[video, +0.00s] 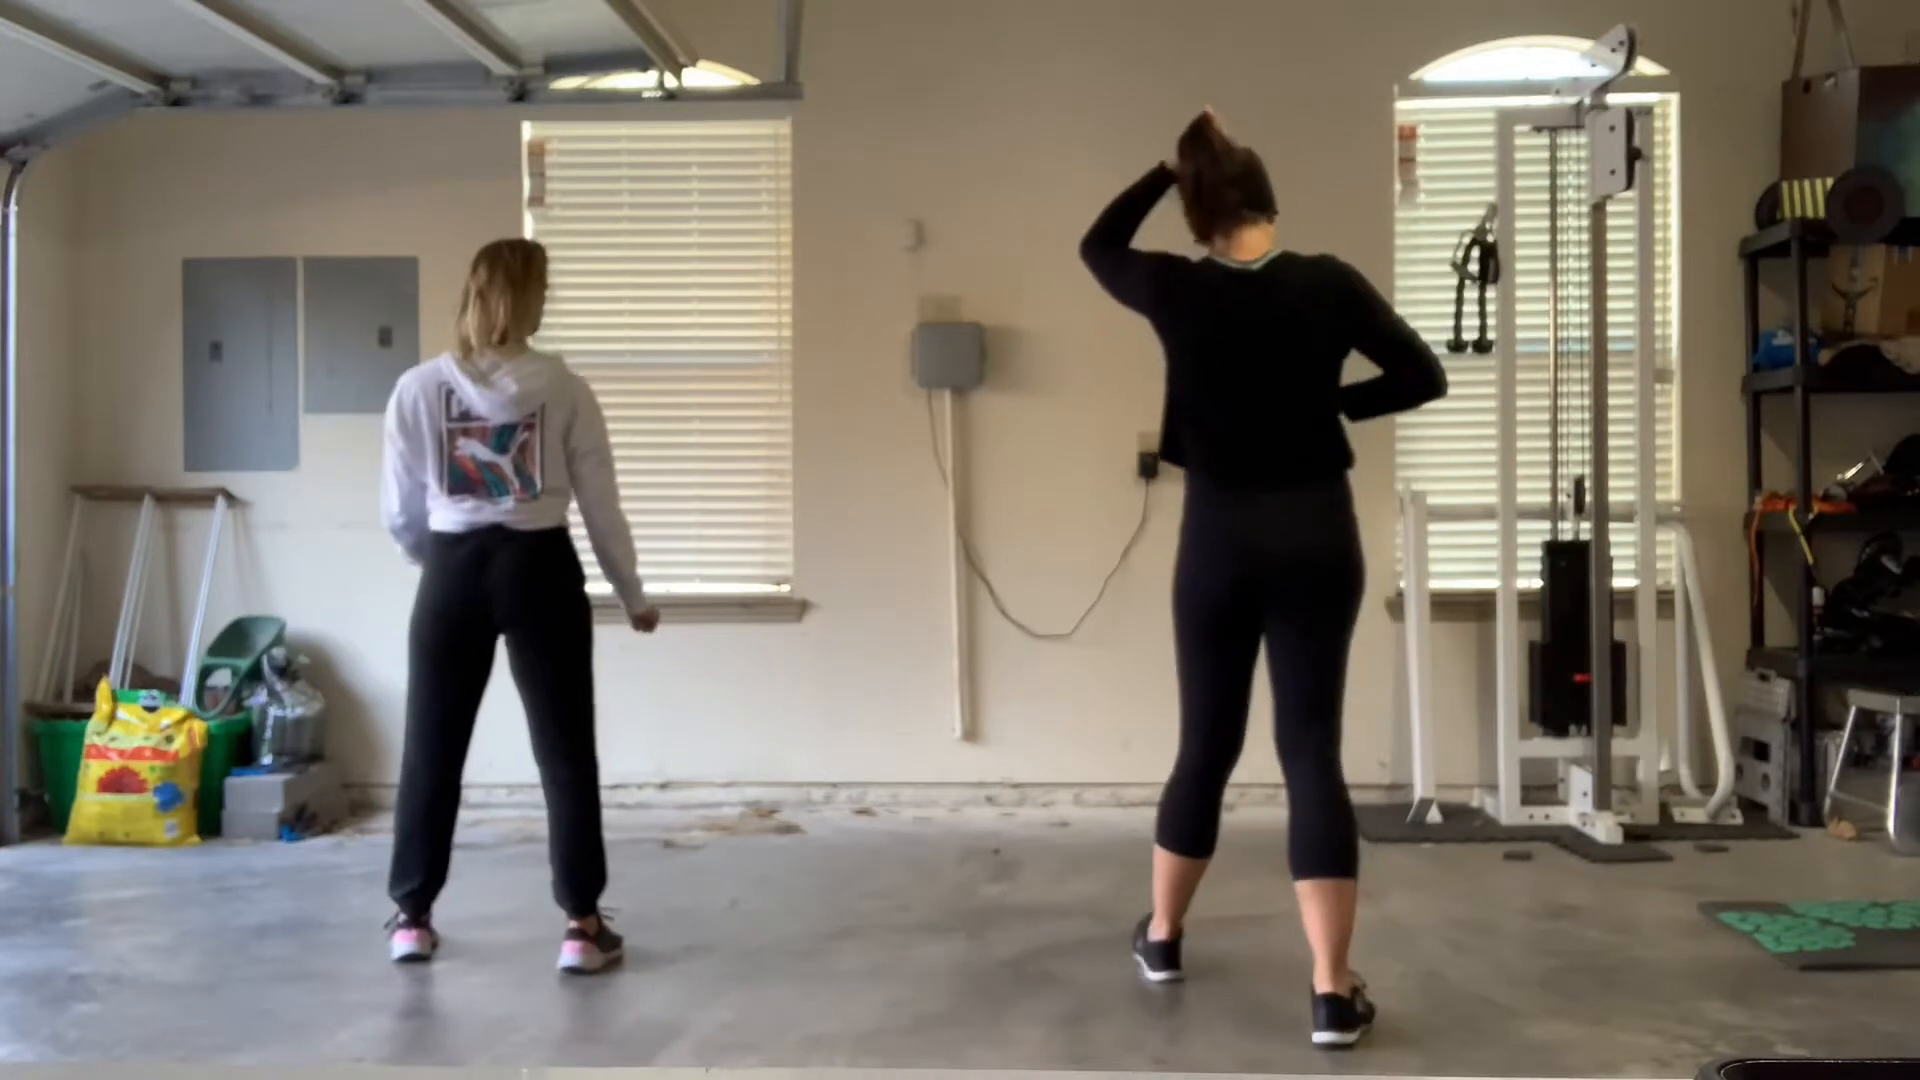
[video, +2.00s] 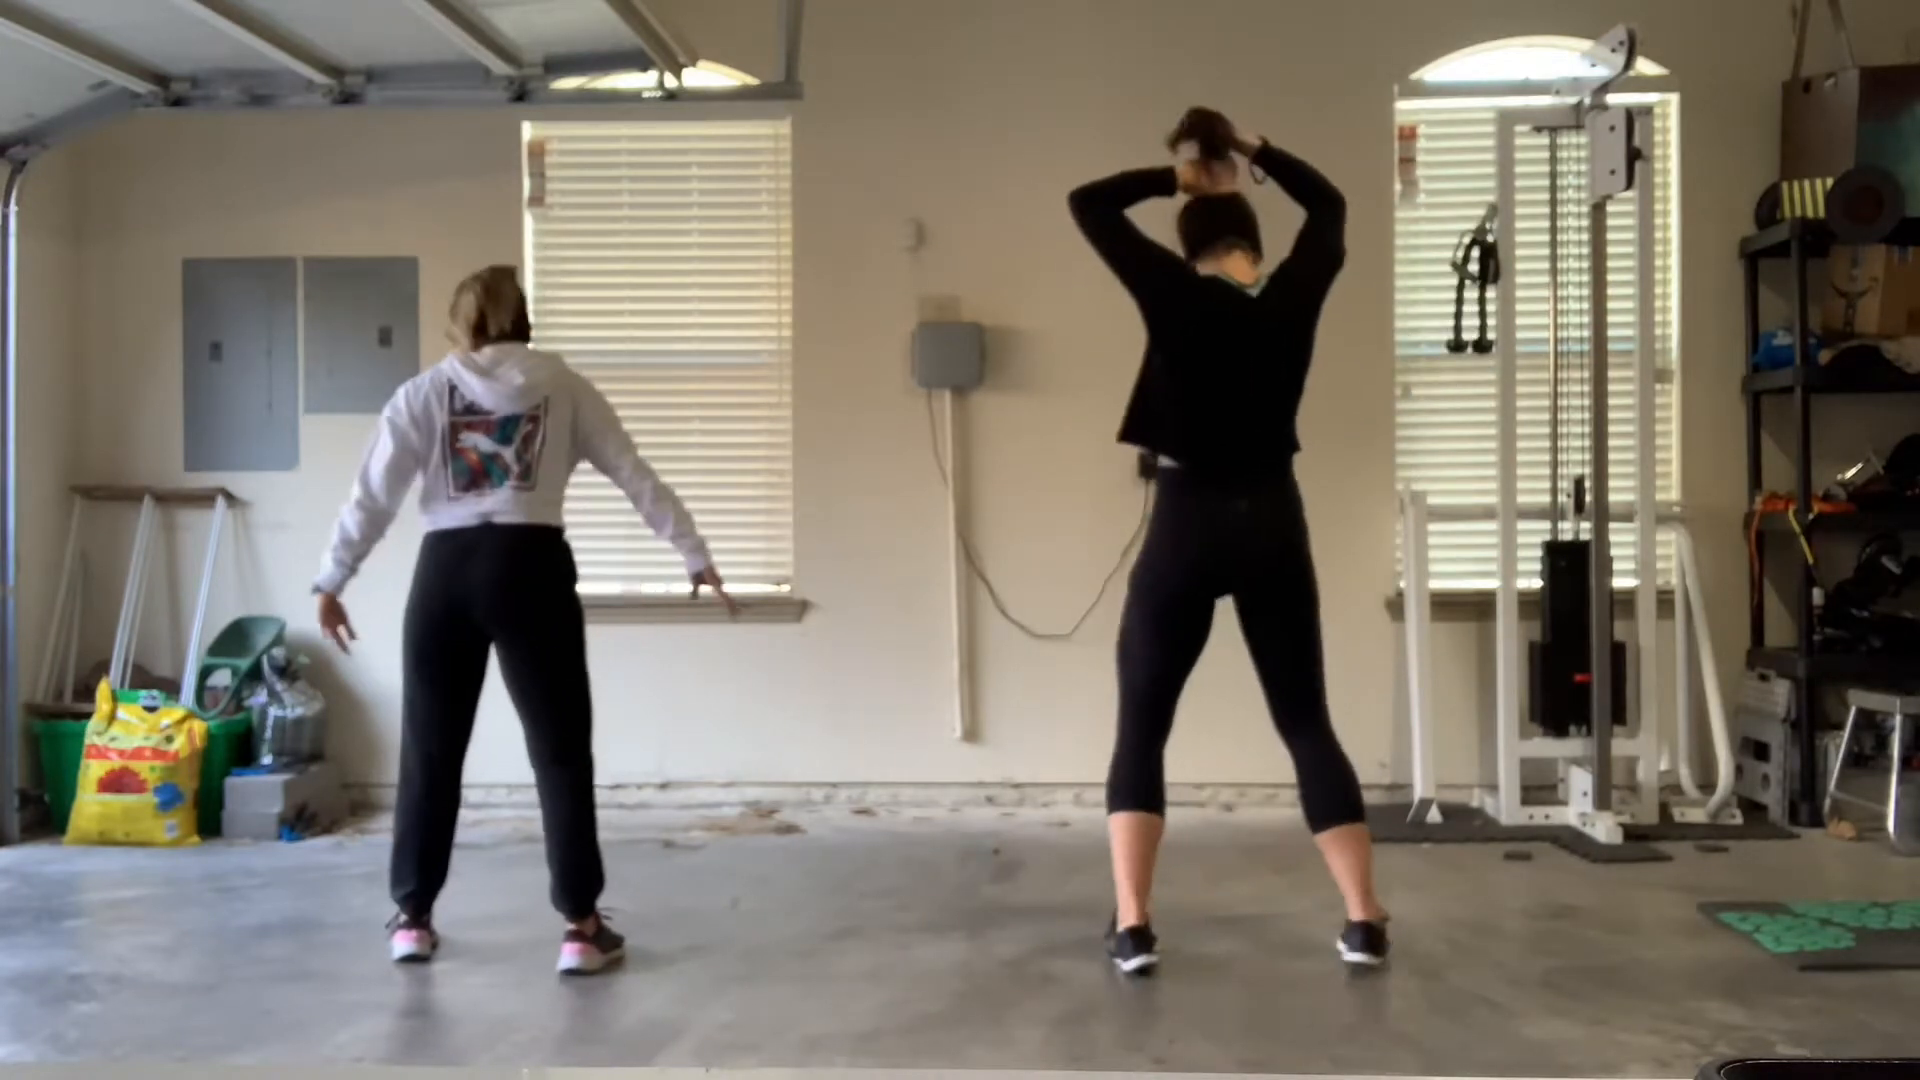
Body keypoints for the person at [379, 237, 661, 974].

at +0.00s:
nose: (541, 306)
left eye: (530, 291)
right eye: (541, 295)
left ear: (470, 296)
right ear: (536, 301)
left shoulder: (417, 389)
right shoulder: (564, 387)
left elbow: (402, 512)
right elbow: (600, 506)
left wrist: (439, 562)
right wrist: (633, 593)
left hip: (452, 579)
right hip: (543, 577)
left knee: (431, 748)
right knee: (566, 751)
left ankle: (412, 919)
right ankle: (582, 926)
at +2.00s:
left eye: (459, 318)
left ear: (458, 323)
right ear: (524, 319)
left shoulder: (424, 391)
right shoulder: (562, 384)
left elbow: (374, 495)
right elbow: (634, 474)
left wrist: (331, 582)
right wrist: (696, 553)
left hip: (445, 577)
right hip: (535, 574)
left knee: (430, 752)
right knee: (561, 754)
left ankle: (412, 920)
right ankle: (581, 927)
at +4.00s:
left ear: (481, 369)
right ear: (541, 372)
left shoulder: (429, 409)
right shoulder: (567, 403)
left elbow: (347, 481)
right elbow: (604, 481)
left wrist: (268, 546)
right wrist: (621, 571)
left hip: (484, 575)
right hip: (573, 568)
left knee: (455, 751)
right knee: (588, 758)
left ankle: (414, 919)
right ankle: (585, 927)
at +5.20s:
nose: (589, 396)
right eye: (585, 386)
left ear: (517, 376)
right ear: (576, 382)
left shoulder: (454, 414)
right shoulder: (586, 409)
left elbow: (403, 512)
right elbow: (648, 491)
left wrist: (348, 596)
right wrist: (728, 564)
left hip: (457, 571)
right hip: (546, 568)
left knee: (442, 756)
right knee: (565, 755)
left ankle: (412, 921)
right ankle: (580, 926)